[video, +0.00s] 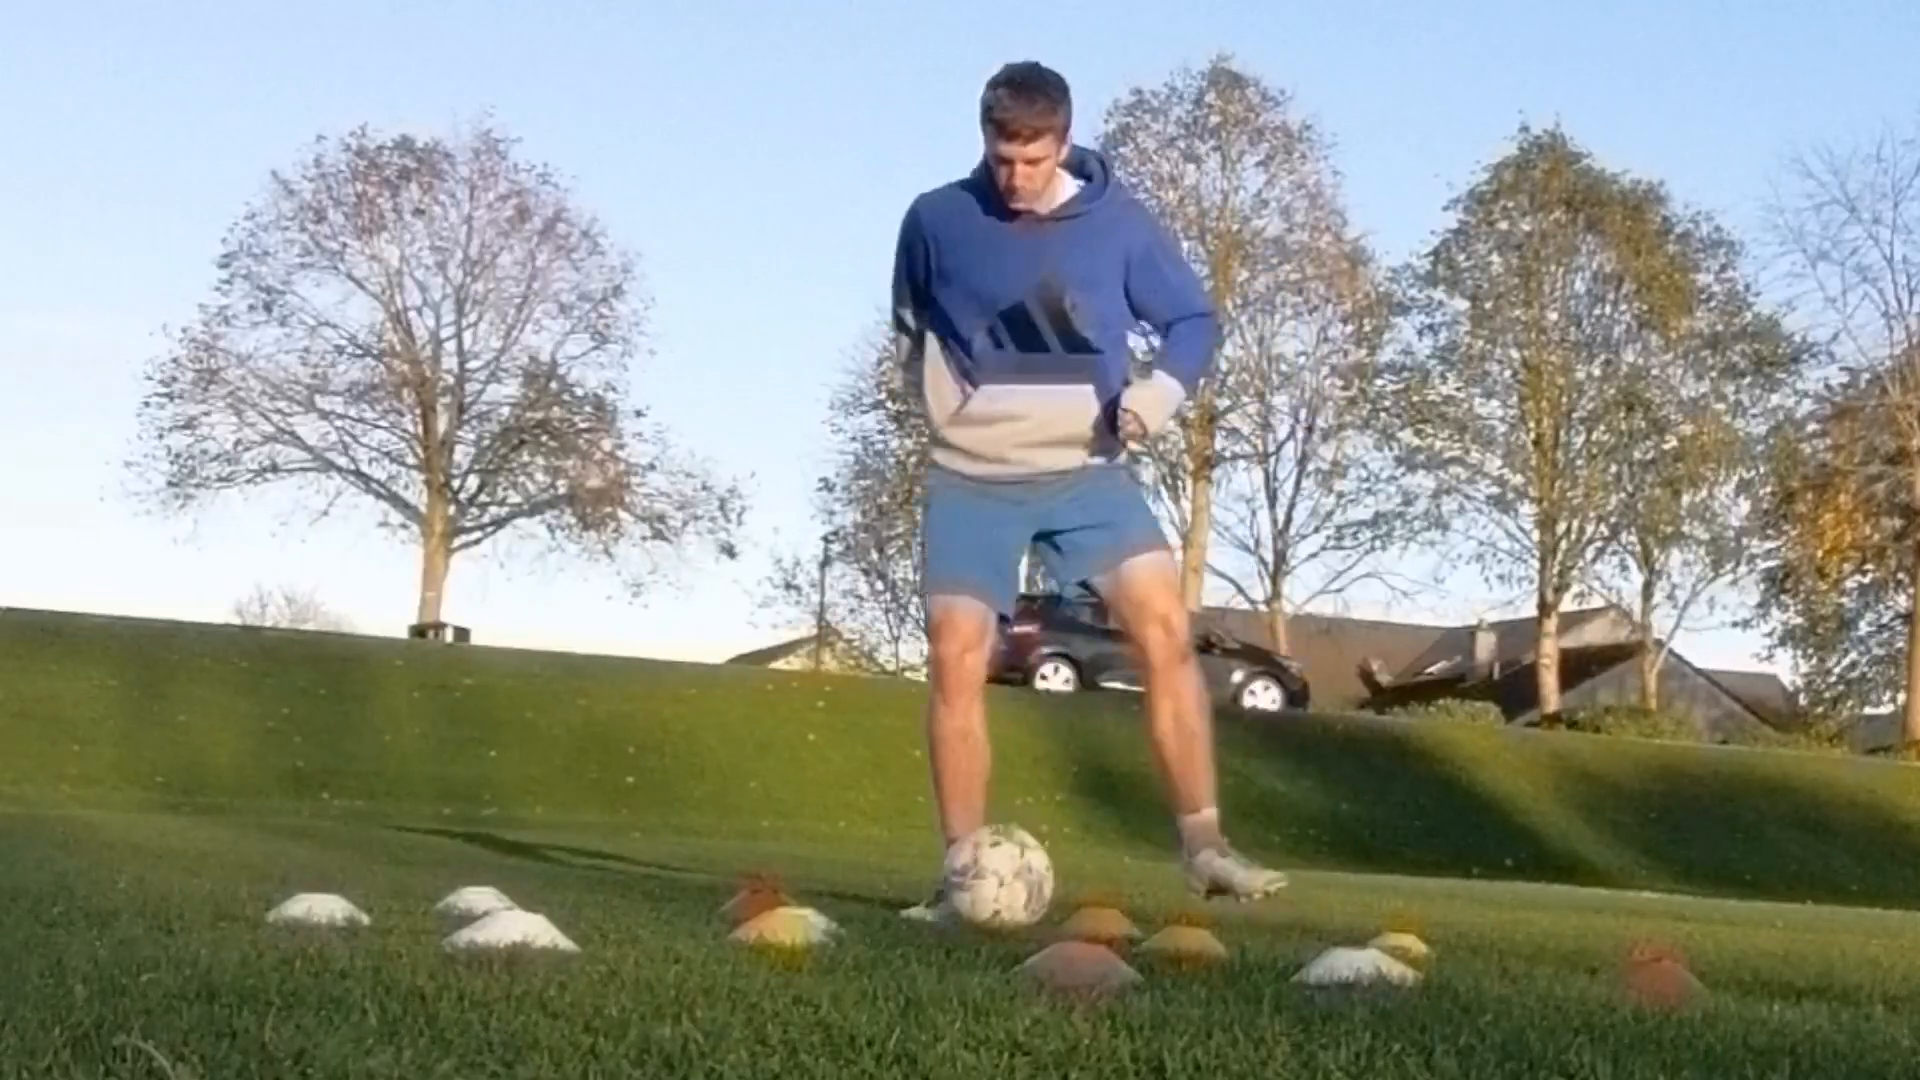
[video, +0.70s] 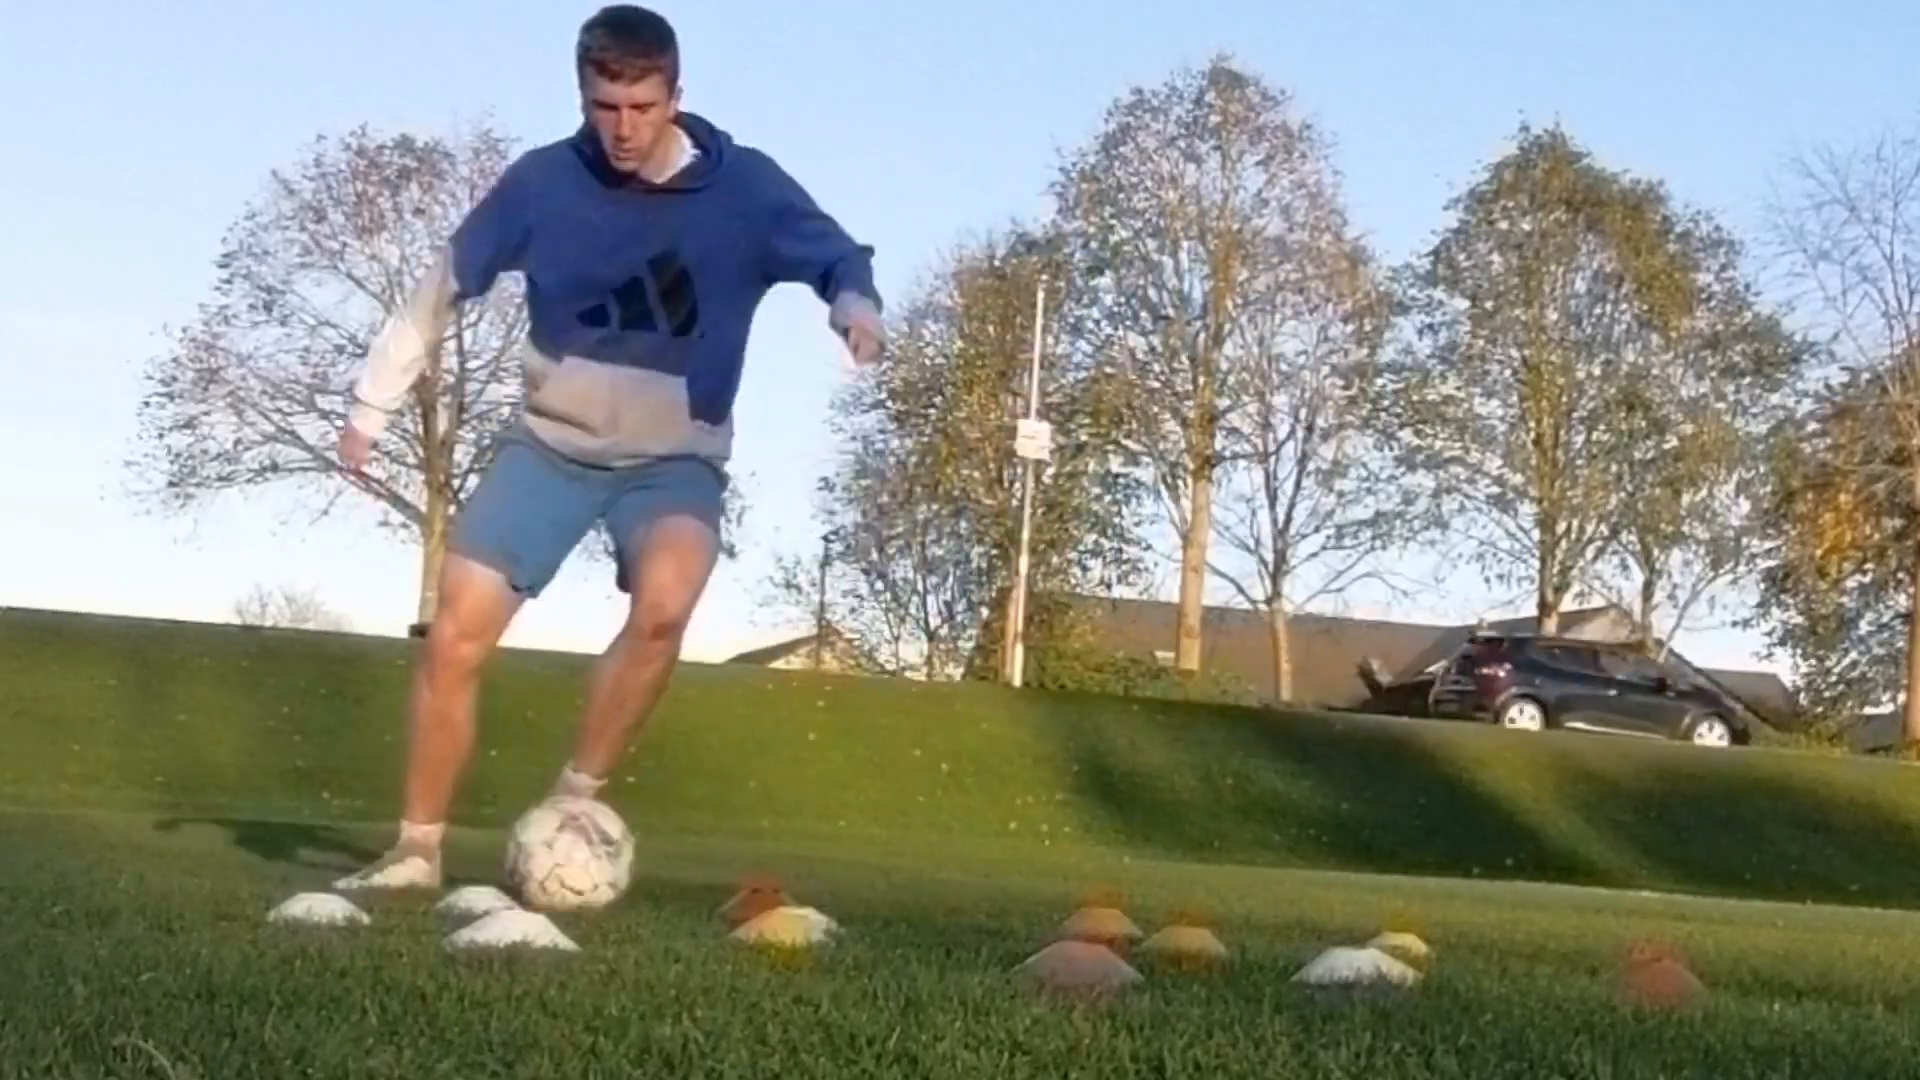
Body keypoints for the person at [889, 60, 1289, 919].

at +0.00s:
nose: (1019, 164)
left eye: (1036, 148)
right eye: (1005, 147)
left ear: (1064, 135)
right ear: (985, 132)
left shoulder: (1121, 220)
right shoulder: (935, 220)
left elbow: (1194, 319)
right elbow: (912, 325)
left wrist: (1163, 390)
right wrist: (944, 405)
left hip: (1094, 481)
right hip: (971, 486)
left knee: (1165, 632)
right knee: (955, 655)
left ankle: (1205, 847)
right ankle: (963, 874)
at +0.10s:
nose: (990, 146)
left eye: (1008, 131)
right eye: (978, 128)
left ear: (1039, 113)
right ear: (958, 107)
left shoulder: (1091, 190)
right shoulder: (904, 180)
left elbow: (1159, 269)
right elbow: (849, 290)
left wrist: (1147, 361)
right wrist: (852, 409)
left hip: (1036, 440)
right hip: (913, 437)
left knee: (1079, 602)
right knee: (870, 616)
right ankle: (882, 837)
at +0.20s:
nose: (945, 151)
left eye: (963, 136)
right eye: (932, 134)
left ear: (995, 114)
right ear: (912, 111)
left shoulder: (1045, 191)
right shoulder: (860, 182)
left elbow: (1085, 288)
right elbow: (794, 297)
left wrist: (1094, 362)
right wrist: (773, 411)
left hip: (987, 454)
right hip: (863, 441)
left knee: (990, 650)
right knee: (772, 586)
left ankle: (965, 867)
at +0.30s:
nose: (881, 167)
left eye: (901, 150)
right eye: (868, 147)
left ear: (933, 129)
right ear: (851, 124)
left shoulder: (987, 219)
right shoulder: (810, 198)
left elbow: (1057, 331)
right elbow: (756, 333)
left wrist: (1035, 371)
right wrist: (728, 453)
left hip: (916, 490)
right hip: (797, 464)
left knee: (930, 688)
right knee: (671, 577)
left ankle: (944, 883)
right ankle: (598, 806)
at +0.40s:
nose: (809, 138)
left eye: (829, 120)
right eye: (797, 118)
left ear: (863, 110)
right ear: (779, 107)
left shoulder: (912, 205)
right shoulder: (744, 178)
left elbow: (1015, 314)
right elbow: (703, 285)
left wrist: (946, 283)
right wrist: (675, 399)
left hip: (826, 482)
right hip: (707, 442)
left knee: (865, 684)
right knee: (574, 555)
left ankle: (923, 858)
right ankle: (529, 797)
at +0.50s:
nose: (706, 141)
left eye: (726, 123)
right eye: (694, 121)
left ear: (762, 114)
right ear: (677, 109)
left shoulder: (824, 201)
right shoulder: (645, 184)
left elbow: (931, 294)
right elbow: (607, 266)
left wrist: (853, 270)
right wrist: (575, 374)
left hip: (760, 483)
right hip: (636, 452)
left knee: (785, 676)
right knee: (522, 619)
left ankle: (770, 821)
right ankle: (425, 836)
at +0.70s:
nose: (622, 127)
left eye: (641, 107)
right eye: (605, 106)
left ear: (674, 93)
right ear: (584, 95)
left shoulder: (745, 185)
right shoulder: (540, 183)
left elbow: (837, 257)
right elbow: (440, 290)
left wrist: (855, 305)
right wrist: (369, 405)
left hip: (676, 465)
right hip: (547, 451)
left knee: (667, 605)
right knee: (453, 637)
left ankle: (571, 812)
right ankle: (417, 853)